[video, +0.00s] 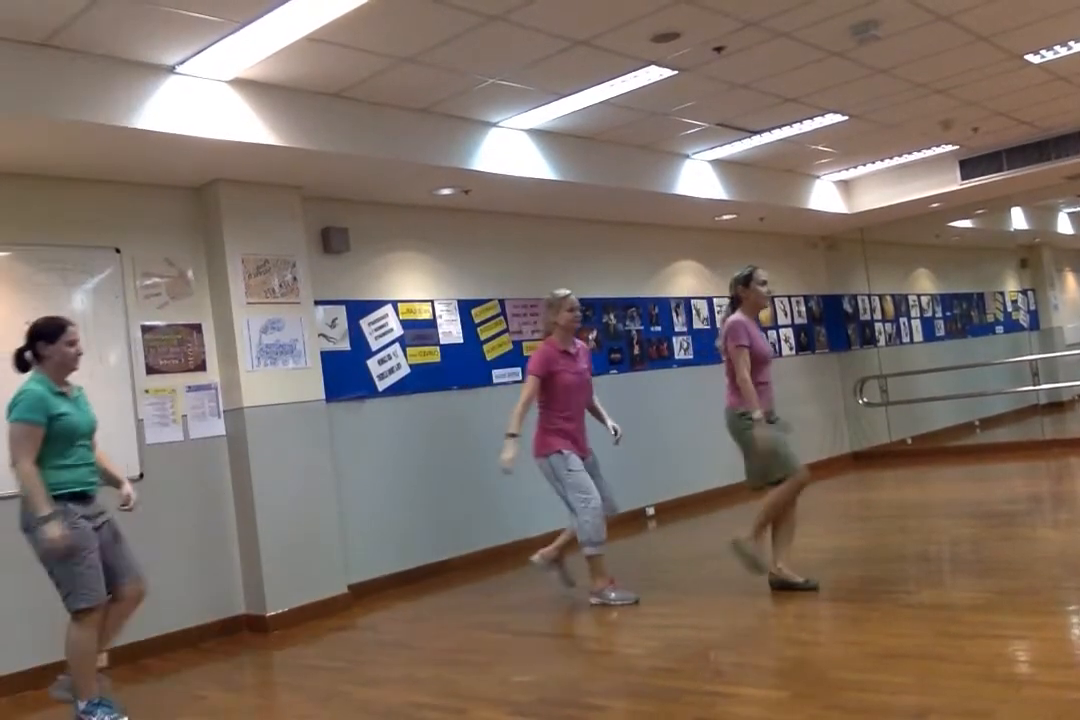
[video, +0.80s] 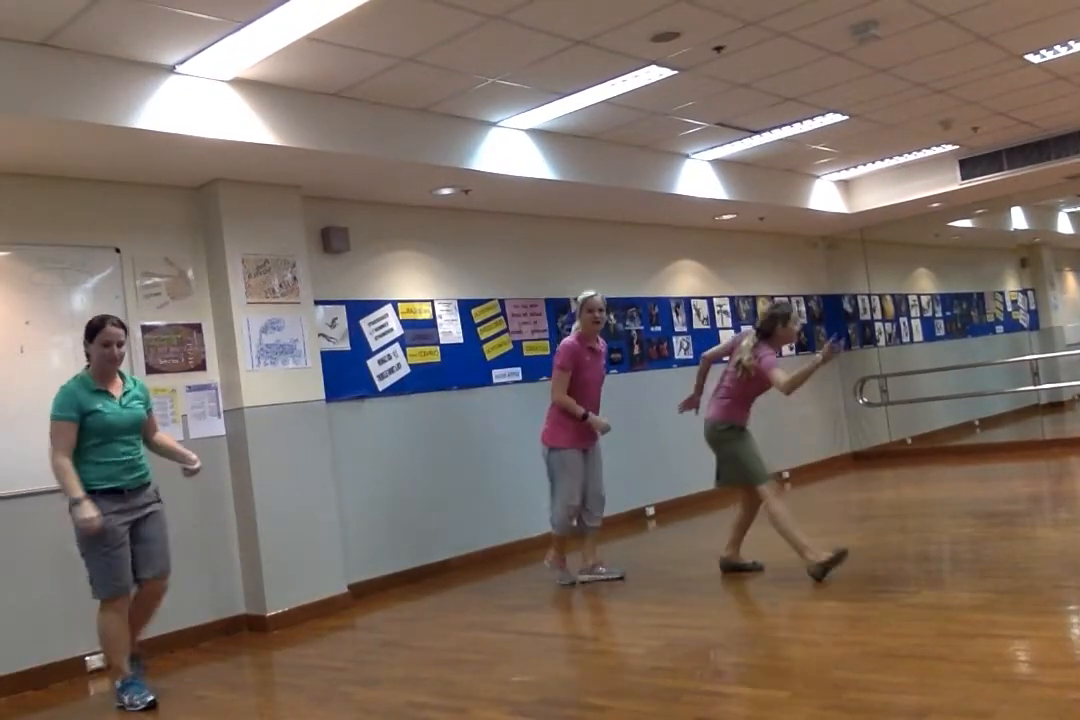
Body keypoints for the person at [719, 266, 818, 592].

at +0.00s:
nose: (768, 290)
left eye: (767, 285)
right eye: (761, 284)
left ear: (748, 293)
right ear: (742, 291)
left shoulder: (751, 326)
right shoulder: (737, 325)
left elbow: (757, 377)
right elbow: (742, 376)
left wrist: (770, 413)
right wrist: (757, 417)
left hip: (761, 413)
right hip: (747, 415)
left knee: (786, 487)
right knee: (798, 476)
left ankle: (779, 565)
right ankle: (751, 539)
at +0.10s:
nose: (776, 287)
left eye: (776, 281)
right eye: (769, 281)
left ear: (756, 290)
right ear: (749, 287)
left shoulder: (757, 324)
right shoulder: (744, 322)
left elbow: (759, 382)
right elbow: (740, 375)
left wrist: (785, 406)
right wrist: (746, 422)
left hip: (765, 414)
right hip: (756, 416)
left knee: (790, 485)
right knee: (814, 465)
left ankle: (781, 570)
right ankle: (780, 545)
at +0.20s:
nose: (786, 283)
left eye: (786, 277)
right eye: (779, 278)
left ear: (771, 286)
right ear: (758, 284)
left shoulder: (767, 320)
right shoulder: (749, 319)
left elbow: (772, 371)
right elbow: (738, 370)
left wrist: (807, 381)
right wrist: (737, 419)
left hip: (771, 407)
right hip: (762, 409)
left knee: (790, 482)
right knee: (821, 464)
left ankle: (779, 566)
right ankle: (825, 552)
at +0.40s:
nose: (817, 303)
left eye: (815, 298)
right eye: (812, 298)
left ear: (796, 305)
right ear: (795, 305)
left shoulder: (790, 337)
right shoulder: (772, 340)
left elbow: (785, 383)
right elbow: (757, 390)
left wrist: (815, 402)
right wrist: (782, 425)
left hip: (774, 417)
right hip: (767, 419)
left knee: (808, 490)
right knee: (819, 480)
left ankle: (777, 556)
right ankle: (829, 561)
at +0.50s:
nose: (820, 312)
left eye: (819, 306)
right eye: (815, 307)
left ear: (796, 311)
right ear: (798, 311)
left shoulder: (778, 340)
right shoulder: (781, 344)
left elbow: (765, 392)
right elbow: (776, 395)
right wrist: (814, 406)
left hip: (756, 420)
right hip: (761, 421)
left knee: (800, 487)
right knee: (815, 481)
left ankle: (759, 551)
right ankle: (829, 562)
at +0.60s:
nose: (816, 316)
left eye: (816, 310)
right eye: (812, 310)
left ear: (786, 311)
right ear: (798, 313)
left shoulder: (760, 334)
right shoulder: (782, 343)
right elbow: (790, 388)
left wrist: (724, 398)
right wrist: (829, 379)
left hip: (739, 418)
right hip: (754, 419)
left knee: (778, 486)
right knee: (798, 482)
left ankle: (743, 547)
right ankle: (828, 560)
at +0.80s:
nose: (798, 330)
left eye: (797, 325)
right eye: (794, 325)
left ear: (772, 326)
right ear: (779, 328)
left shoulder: (745, 339)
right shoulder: (765, 357)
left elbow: (707, 358)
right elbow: (786, 386)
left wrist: (696, 394)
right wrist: (819, 360)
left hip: (718, 425)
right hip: (728, 428)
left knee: (752, 497)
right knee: (768, 492)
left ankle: (730, 556)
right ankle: (813, 559)